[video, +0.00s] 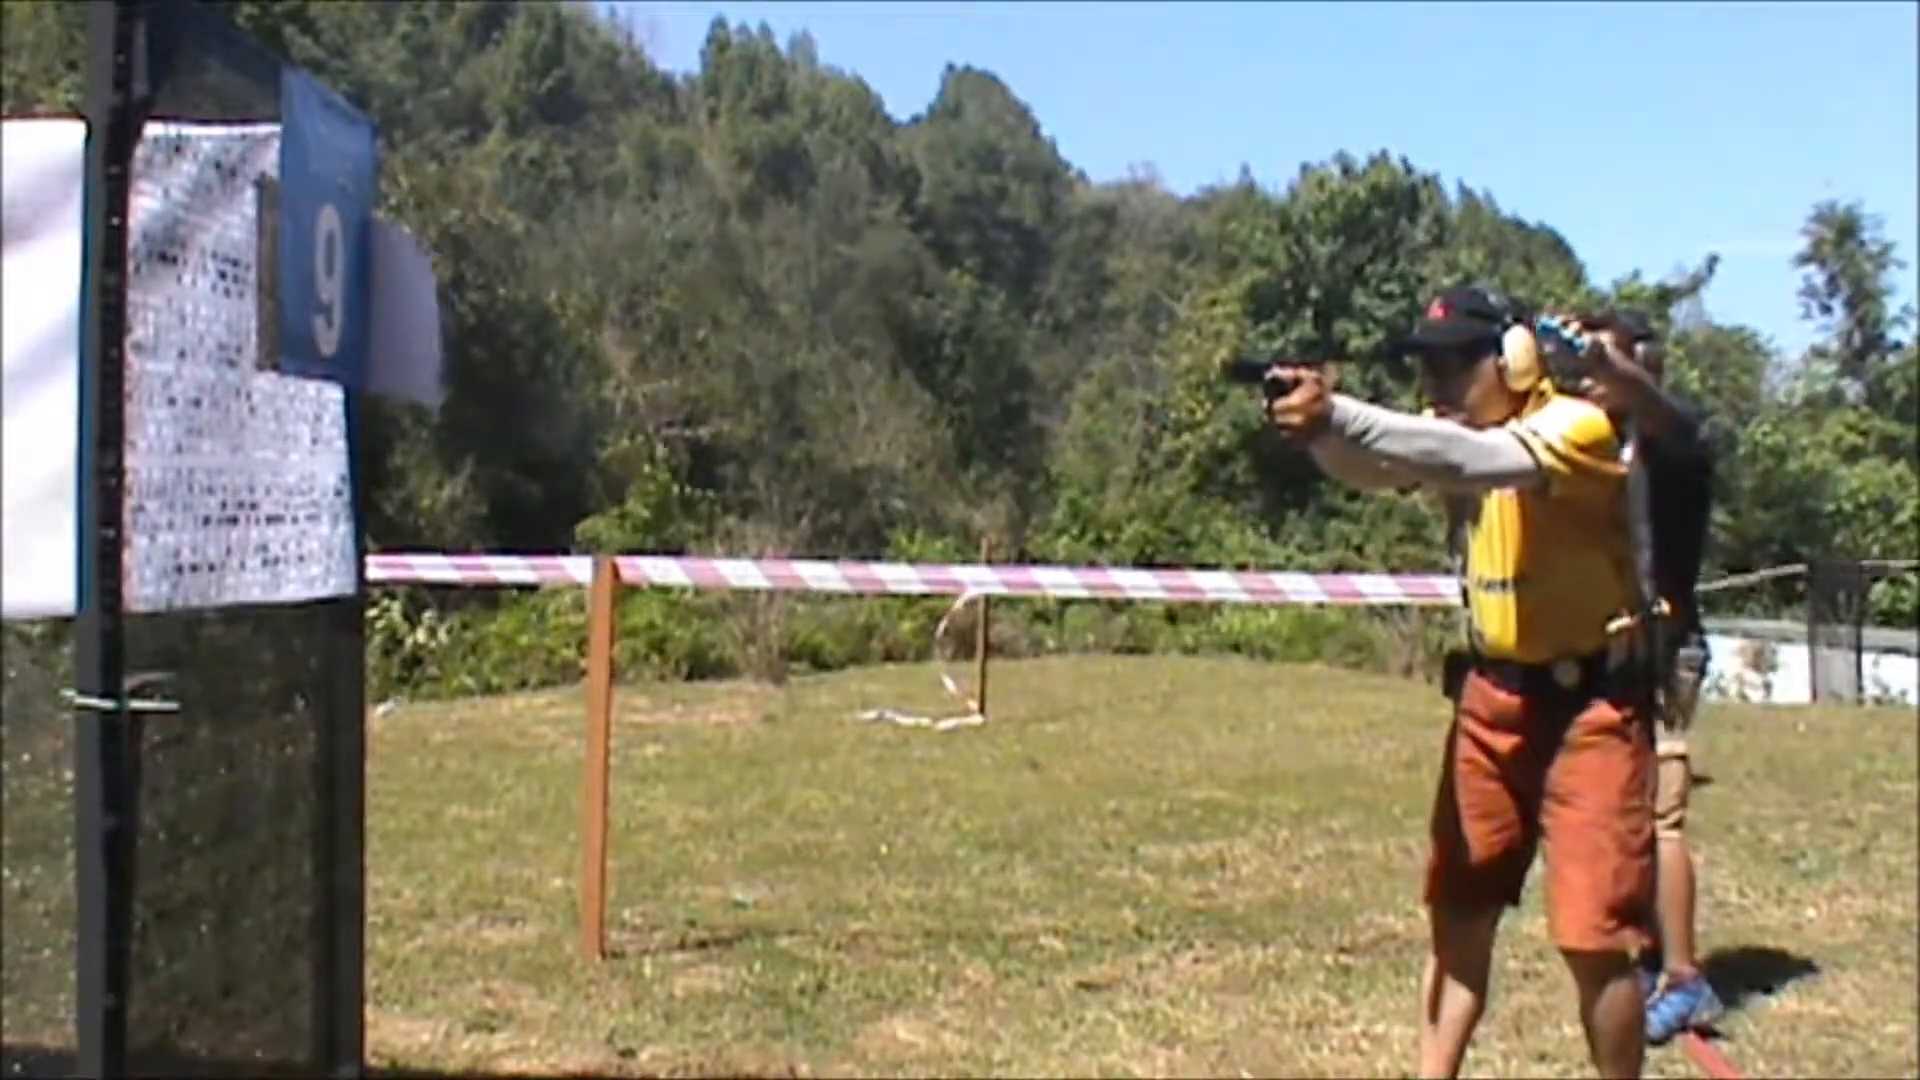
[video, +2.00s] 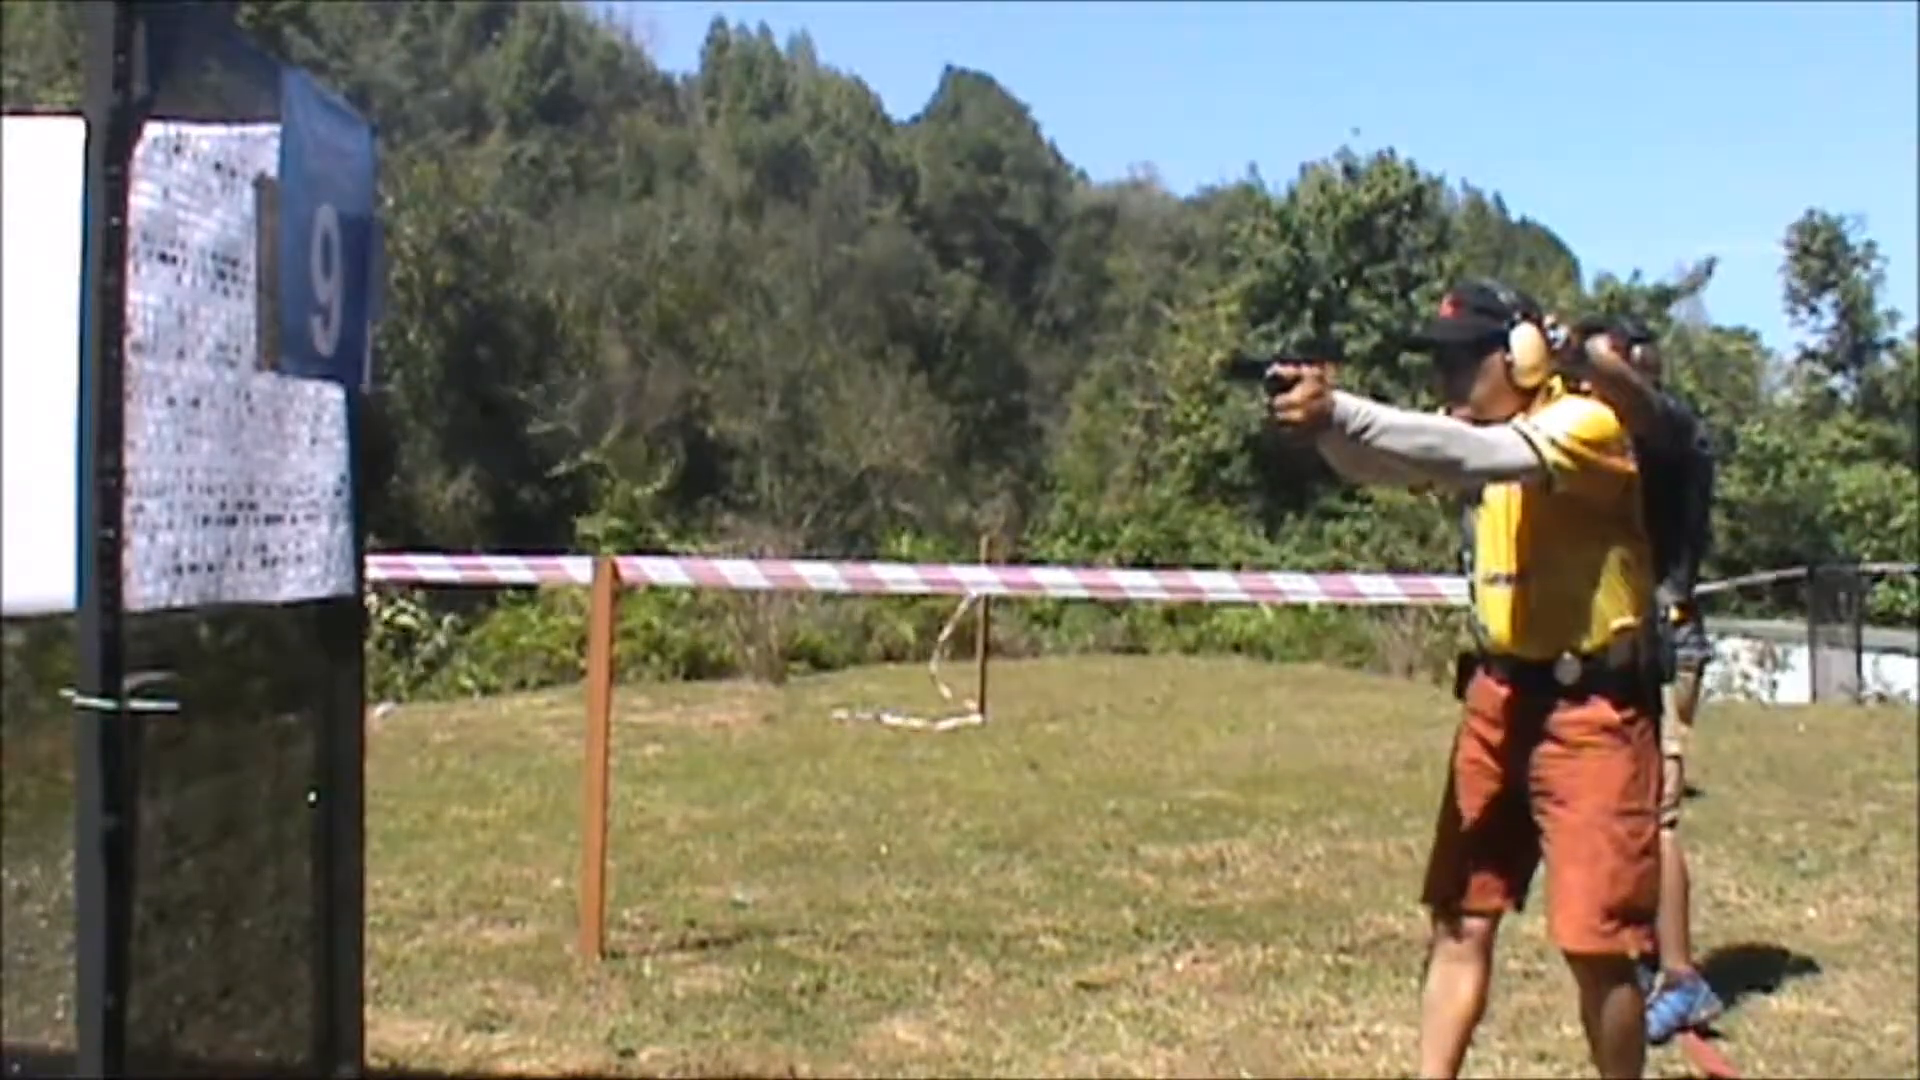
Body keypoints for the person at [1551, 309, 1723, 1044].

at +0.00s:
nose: (1601, 379)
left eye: (1618, 363)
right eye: (1596, 365)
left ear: (1650, 365)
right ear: (1586, 373)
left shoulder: (1680, 441)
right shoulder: (1584, 435)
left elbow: (1671, 426)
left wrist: (1612, 366)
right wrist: (1548, 370)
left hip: (1662, 636)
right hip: (1592, 638)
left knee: (1661, 809)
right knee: (1605, 806)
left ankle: (1681, 973)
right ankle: (1635, 963)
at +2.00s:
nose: (1608, 375)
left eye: (1620, 362)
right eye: (1603, 364)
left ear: (1642, 366)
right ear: (1603, 367)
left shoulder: (1676, 434)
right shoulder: (1593, 433)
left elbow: (1639, 412)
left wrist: (1583, 362)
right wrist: (1552, 365)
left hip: (1666, 623)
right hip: (1609, 627)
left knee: (1660, 808)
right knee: (1622, 805)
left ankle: (1678, 971)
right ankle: (1641, 967)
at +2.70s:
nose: (1580, 390)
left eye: (1592, 376)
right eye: (1577, 379)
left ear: (1627, 372)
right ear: (1586, 383)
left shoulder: (1660, 440)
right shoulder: (1611, 450)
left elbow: (1618, 384)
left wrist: (1568, 346)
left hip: (1649, 653)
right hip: (1608, 651)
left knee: (1643, 818)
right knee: (1628, 819)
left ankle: (1682, 976)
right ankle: (1652, 962)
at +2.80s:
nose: (1570, 393)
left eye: (1580, 377)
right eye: (1566, 381)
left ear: (1614, 371)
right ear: (1587, 378)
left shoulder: (1651, 438)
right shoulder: (1613, 450)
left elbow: (1614, 395)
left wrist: (1559, 351)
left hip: (1635, 658)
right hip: (1606, 655)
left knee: (1619, 819)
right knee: (1620, 819)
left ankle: (1674, 972)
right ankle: (1653, 964)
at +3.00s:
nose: (1538, 397)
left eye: (1549, 383)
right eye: (1536, 384)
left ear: (1582, 379)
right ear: (1554, 386)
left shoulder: (1618, 442)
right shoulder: (1603, 452)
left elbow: (1590, 402)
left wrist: (1532, 358)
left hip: (1605, 656)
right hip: (1624, 656)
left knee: (1550, 810)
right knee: (1628, 816)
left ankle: (1596, 969)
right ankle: (1658, 965)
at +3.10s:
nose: (1521, 404)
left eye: (1531, 389)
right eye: (1519, 392)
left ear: (1558, 384)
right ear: (1528, 396)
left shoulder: (1597, 447)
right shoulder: (1578, 459)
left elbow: (1565, 404)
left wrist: (1514, 364)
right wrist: (1495, 529)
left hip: (1585, 655)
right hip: (1608, 655)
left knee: (1530, 810)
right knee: (1617, 810)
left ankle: (1527, 975)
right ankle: (1657, 965)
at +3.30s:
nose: (1456, 385)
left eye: (1467, 376)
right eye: (1455, 376)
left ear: (1500, 386)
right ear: (1471, 393)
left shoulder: (1530, 452)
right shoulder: (1485, 465)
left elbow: (1475, 411)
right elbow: (1474, 556)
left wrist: (1437, 379)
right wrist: (1443, 529)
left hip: (1515, 672)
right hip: (1533, 669)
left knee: (1456, 826)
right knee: (1576, 815)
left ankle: (1420, 979)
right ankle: (1654, 963)